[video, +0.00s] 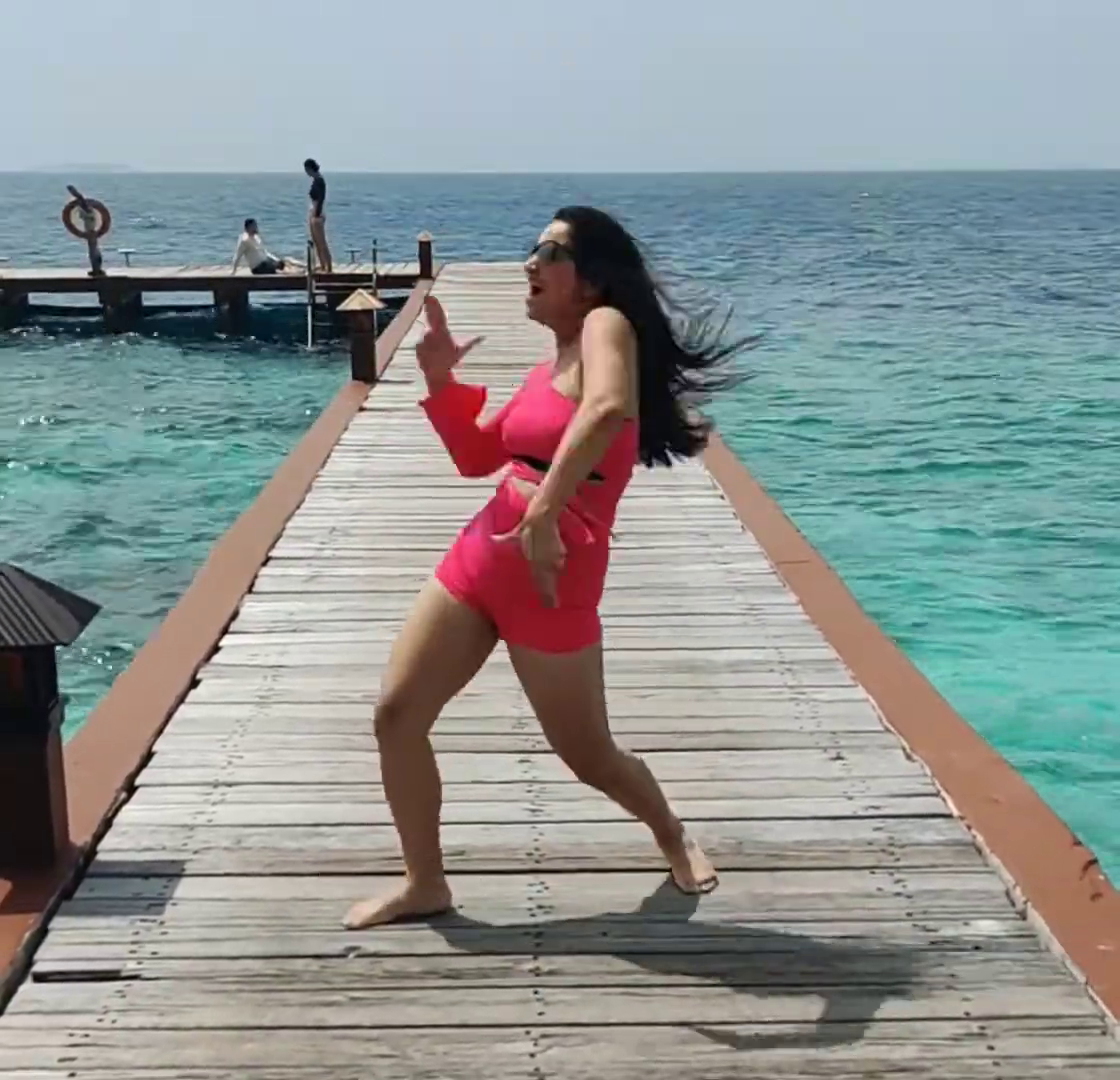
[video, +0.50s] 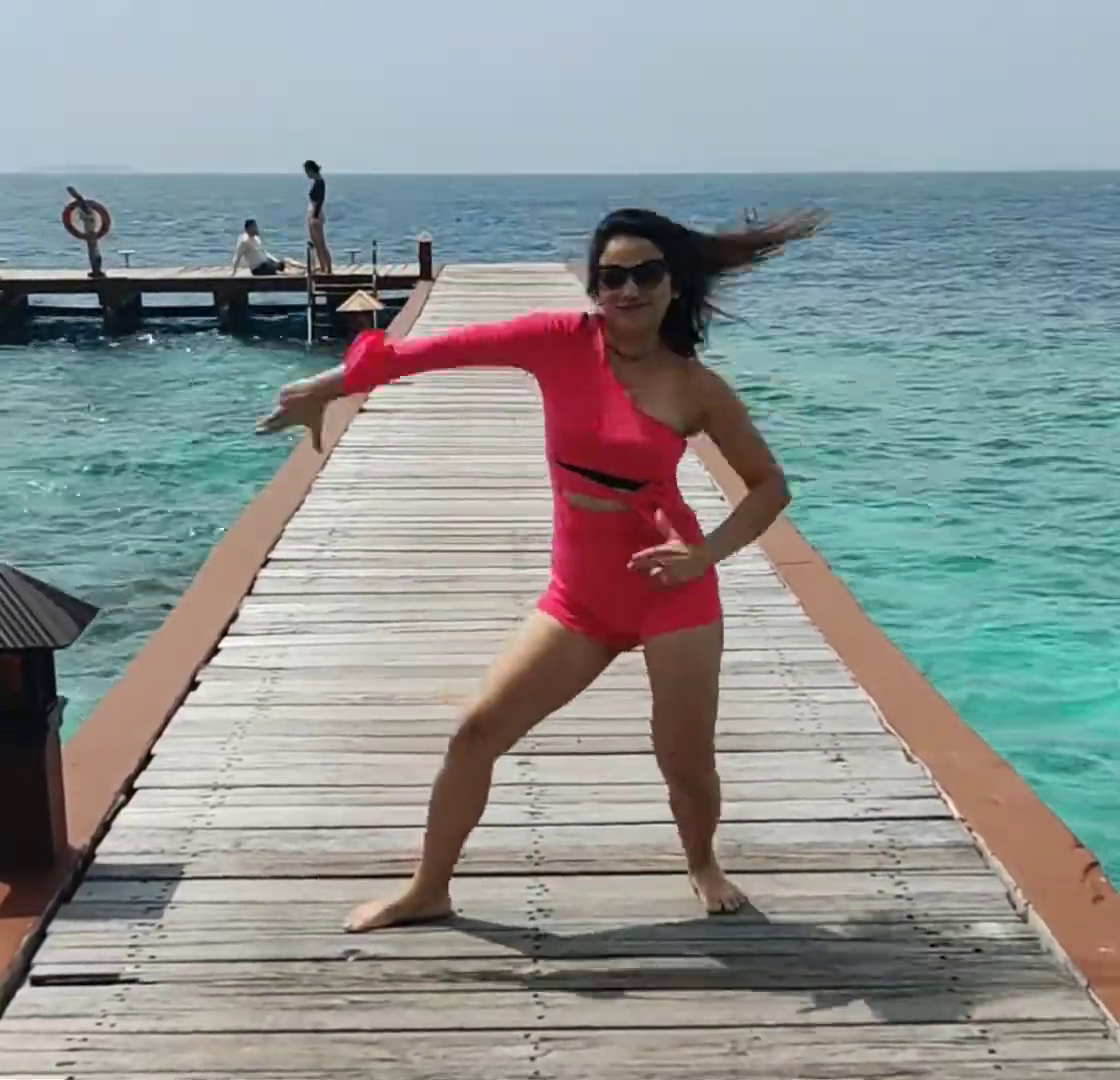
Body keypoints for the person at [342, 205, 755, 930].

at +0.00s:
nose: (529, 267)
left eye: (546, 257)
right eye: (533, 254)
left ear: (589, 276)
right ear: (559, 276)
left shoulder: (604, 326)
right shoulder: (558, 360)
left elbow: (608, 408)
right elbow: (476, 456)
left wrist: (542, 512)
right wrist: (439, 377)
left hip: (553, 573)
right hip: (486, 552)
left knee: (589, 755)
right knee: (398, 714)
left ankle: (673, 838)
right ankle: (425, 881)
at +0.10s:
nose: (539, 240)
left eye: (561, 229)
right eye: (528, 228)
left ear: (596, 252)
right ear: (517, 245)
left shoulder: (610, 335)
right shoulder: (511, 331)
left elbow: (702, 415)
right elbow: (415, 341)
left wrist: (677, 529)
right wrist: (435, 255)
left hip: (566, 566)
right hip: (489, 549)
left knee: (605, 748)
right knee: (417, 716)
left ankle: (678, 831)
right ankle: (426, 885)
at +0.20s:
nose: (563, 233)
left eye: (581, 219)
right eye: (548, 219)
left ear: (611, 236)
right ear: (529, 231)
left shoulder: (636, 327)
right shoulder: (507, 287)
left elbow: (755, 368)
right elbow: (416, 227)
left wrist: (725, 475)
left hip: (594, 554)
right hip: (506, 547)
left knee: (624, 739)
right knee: (440, 716)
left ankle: (690, 812)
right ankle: (426, 884)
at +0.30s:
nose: (584, 252)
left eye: (602, 237)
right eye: (568, 236)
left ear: (632, 251)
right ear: (548, 246)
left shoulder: (648, 342)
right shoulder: (518, 301)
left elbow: (766, 381)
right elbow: (423, 232)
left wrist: (766, 488)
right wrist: (320, 174)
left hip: (628, 564)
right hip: (538, 564)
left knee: (655, 740)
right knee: (452, 721)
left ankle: (711, 858)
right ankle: (427, 887)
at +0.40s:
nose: (603, 283)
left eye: (622, 267)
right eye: (587, 267)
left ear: (650, 277)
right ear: (568, 275)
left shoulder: (678, 373)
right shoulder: (537, 331)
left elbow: (792, 414)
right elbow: (424, 285)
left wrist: (763, 511)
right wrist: (317, 254)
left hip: (657, 584)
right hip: (564, 586)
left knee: (677, 758)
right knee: (464, 730)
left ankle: (706, 867)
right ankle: (428, 888)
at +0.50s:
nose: (626, 291)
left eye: (645, 274)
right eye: (609, 277)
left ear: (675, 287)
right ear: (591, 288)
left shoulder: (697, 390)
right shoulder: (558, 345)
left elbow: (770, 488)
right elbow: (432, 353)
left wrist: (704, 555)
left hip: (673, 598)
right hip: (581, 596)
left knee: (687, 759)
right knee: (477, 731)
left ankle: (704, 868)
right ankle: (429, 887)